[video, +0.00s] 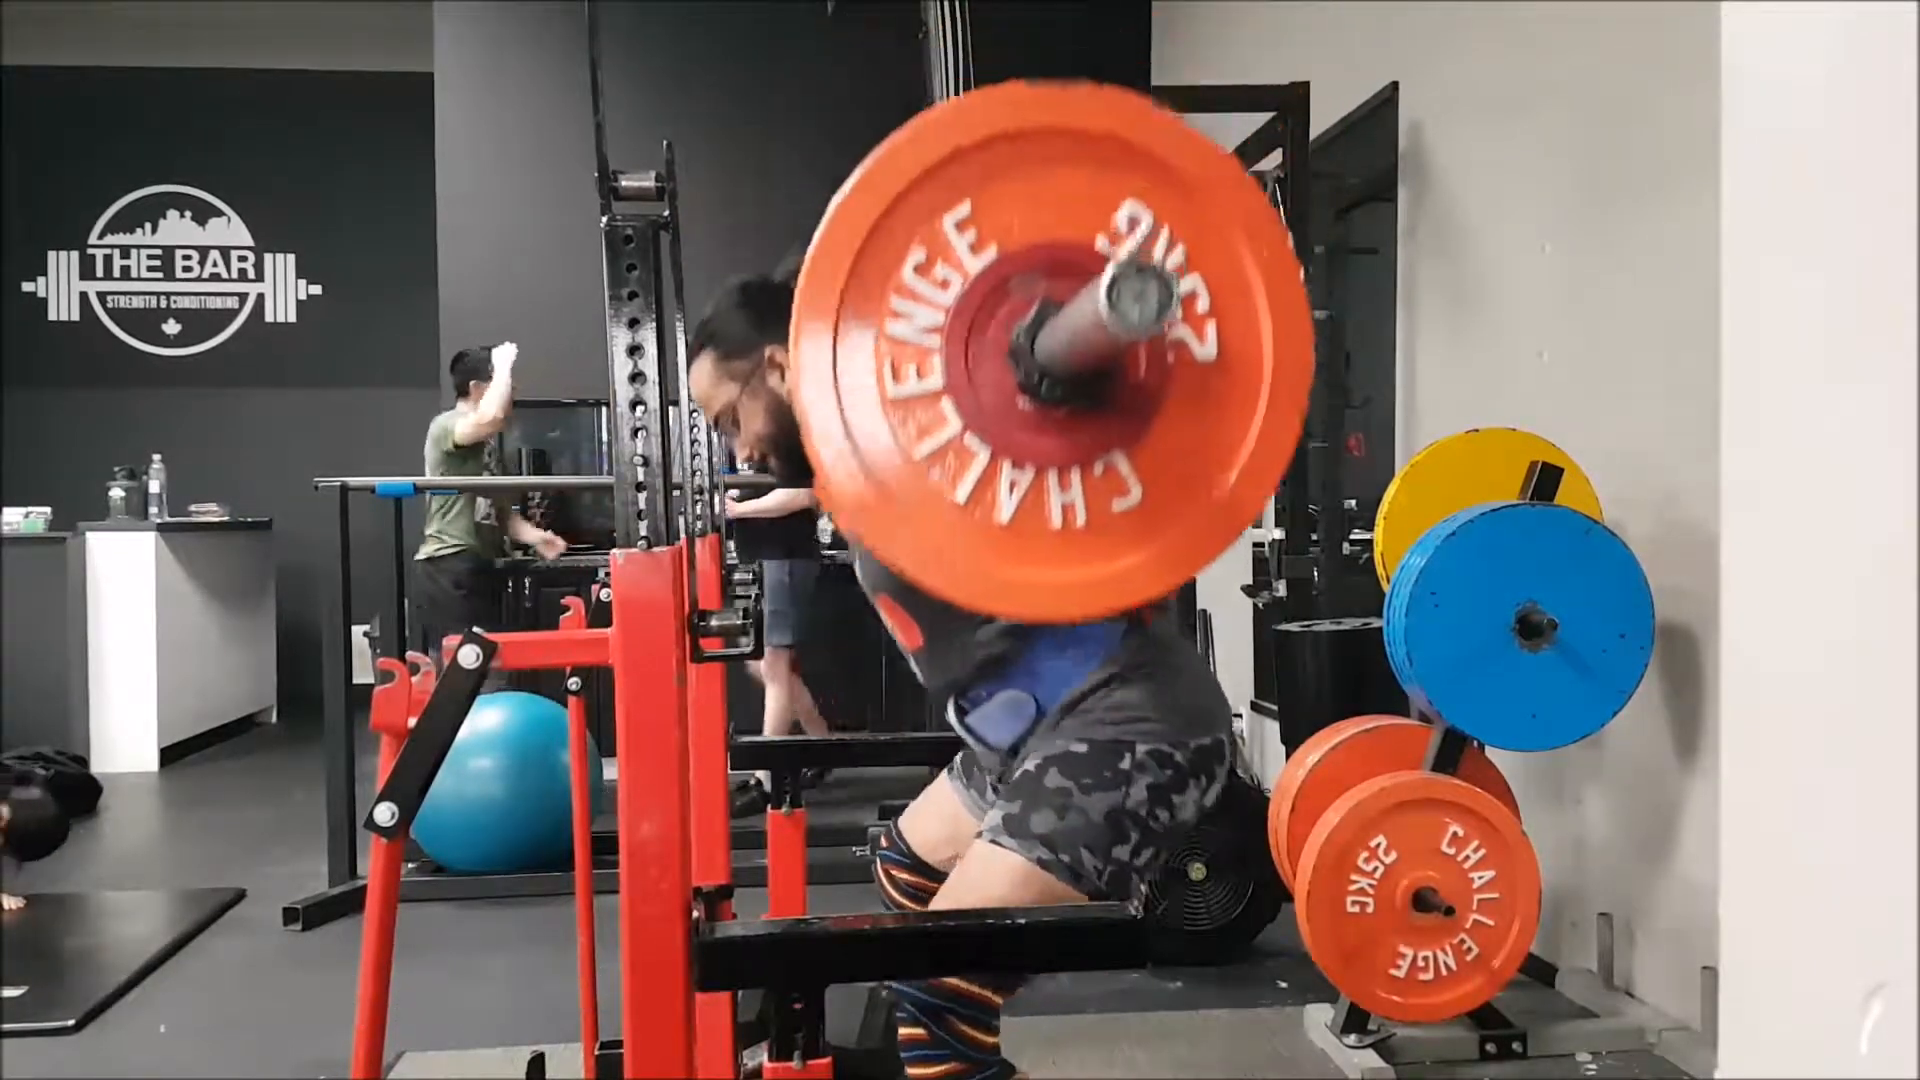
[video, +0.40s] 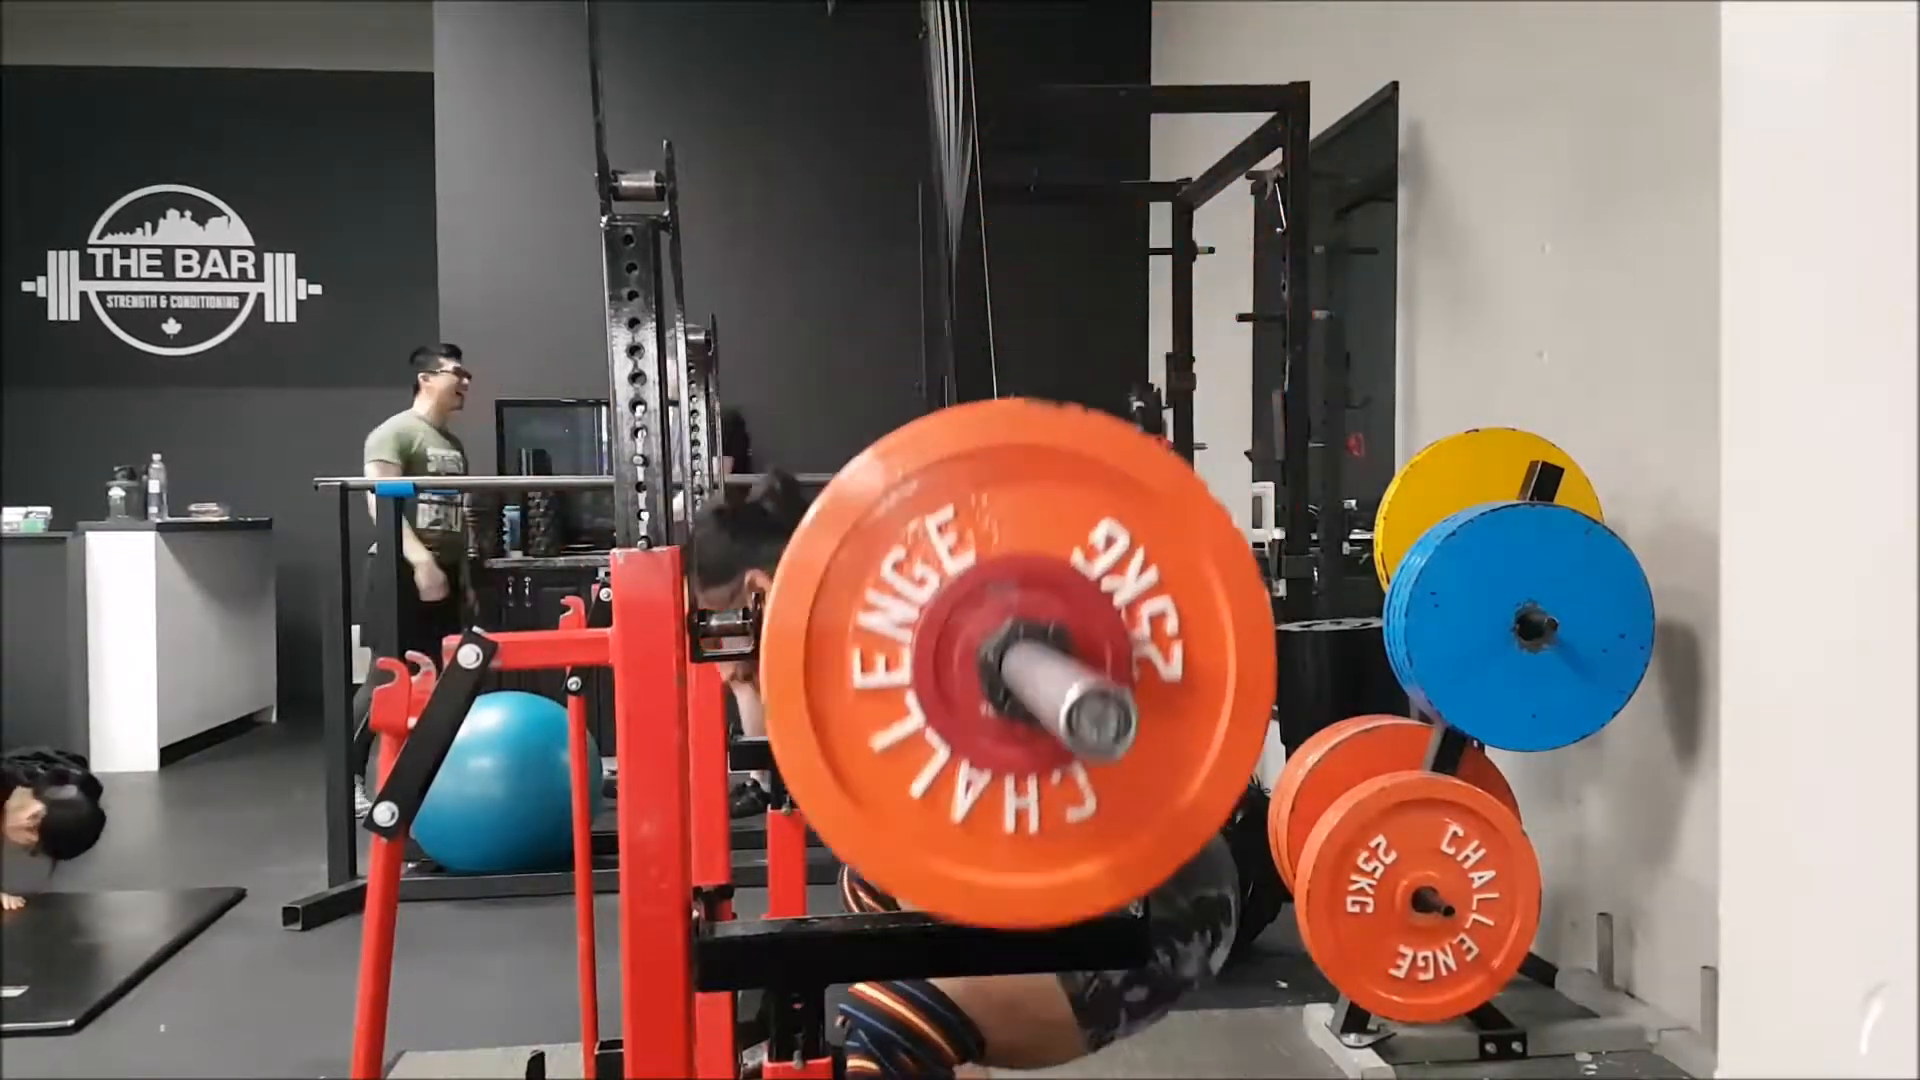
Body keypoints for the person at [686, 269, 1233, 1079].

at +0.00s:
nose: (740, 449)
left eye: (730, 416)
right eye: (724, 429)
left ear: (781, 364)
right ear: (783, 368)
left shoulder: (918, 411)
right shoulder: (855, 444)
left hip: (1126, 721)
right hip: (1023, 723)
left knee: (938, 1005)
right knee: (905, 868)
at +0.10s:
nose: (733, 508)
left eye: (726, 478)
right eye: (719, 490)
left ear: (775, 430)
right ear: (770, 436)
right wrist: (773, 692)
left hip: (1136, 756)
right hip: (1040, 742)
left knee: (924, 1014)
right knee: (897, 870)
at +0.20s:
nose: (733, 568)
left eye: (724, 536)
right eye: (716, 545)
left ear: (771, 487)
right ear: (769, 490)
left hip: (1149, 797)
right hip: (1051, 774)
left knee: (927, 999)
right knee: (888, 872)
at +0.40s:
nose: (719, 649)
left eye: (719, 620)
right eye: (711, 624)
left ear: (764, 592)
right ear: (768, 589)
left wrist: (758, 707)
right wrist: (759, 703)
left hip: (1156, 909)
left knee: (878, 1016)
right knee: (863, 897)